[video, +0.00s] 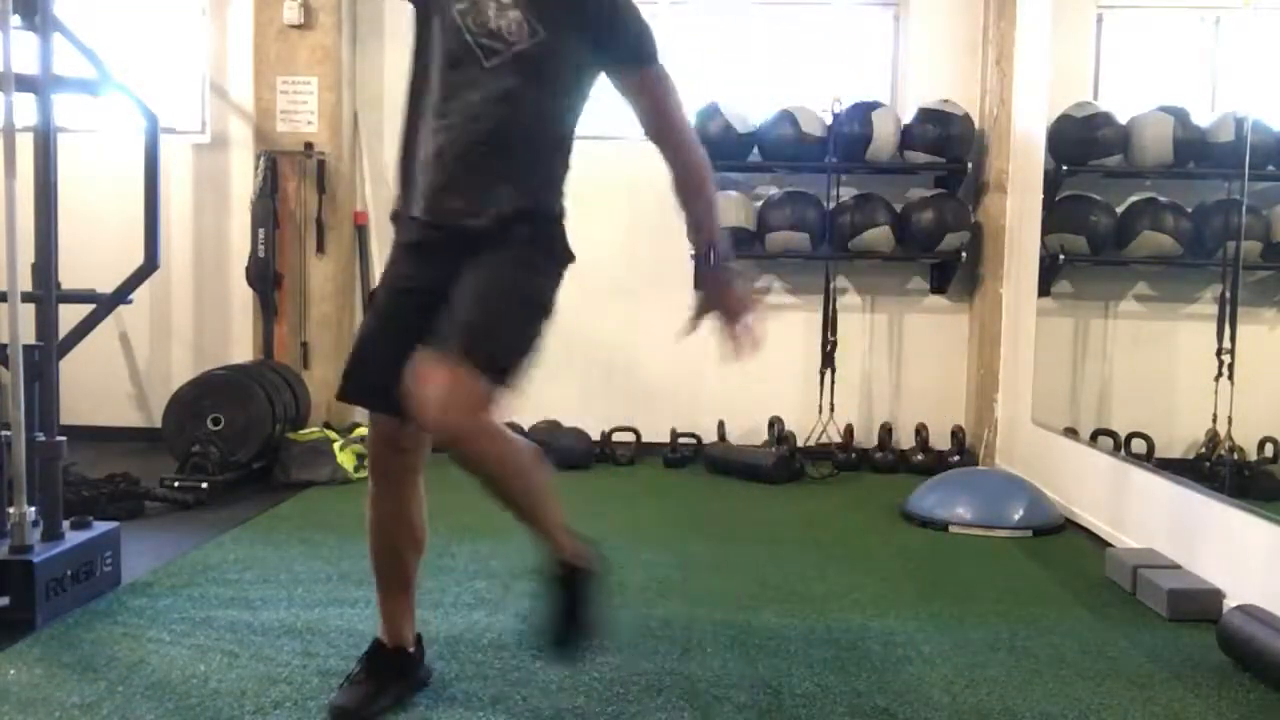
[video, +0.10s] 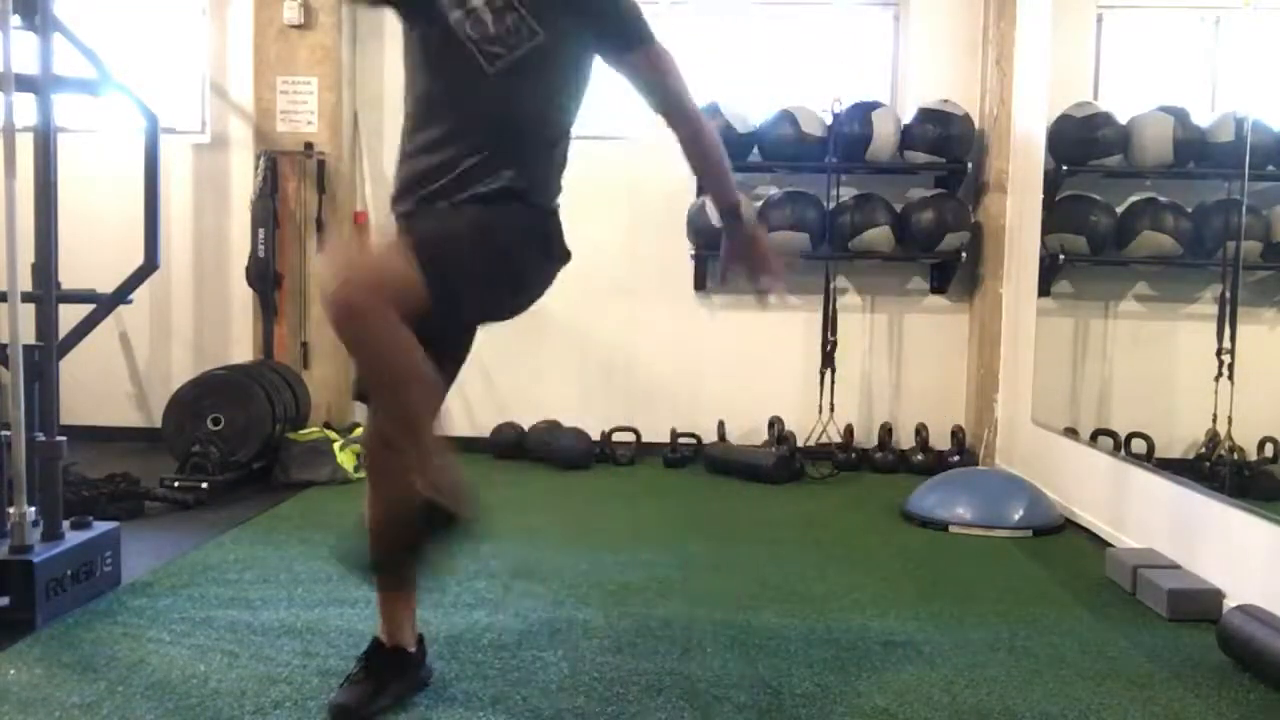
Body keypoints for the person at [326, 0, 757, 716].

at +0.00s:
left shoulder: (592, 10)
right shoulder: (433, 4)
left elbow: (671, 130)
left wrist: (712, 259)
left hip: (517, 233)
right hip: (424, 230)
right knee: (392, 432)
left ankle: (571, 557)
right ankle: (396, 648)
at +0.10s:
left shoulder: (586, 6)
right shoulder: (418, 1)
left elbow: (673, 99)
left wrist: (737, 216)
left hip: (513, 220)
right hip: (424, 222)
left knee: (355, 289)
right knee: (388, 437)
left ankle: (440, 493)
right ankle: (397, 644)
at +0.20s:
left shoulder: (575, 8)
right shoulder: (415, 5)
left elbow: (668, 84)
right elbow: (354, 22)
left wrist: (735, 181)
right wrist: (305, 11)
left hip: (514, 236)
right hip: (436, 232)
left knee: (322, 144)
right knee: (379, 440)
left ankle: (340, 388)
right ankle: (399, 649)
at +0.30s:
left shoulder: (565, 11)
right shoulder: (416, 12)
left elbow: (662, 88)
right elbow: (331, 62)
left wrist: (740, 172)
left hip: (514, 250)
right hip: (437, 254)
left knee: (333, 119)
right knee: (361, 458)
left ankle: (311, 361)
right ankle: (401, 648)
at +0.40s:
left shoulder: (564, 10)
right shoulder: (414, 15)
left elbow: (669, 98)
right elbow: (326, 54)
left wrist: (753, 195)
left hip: (523, 247)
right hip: (444, 260)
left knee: (339, 215)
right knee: (372, 450)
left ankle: (381, 434)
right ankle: (398, 648)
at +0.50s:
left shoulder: (582, 16)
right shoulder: (425, 13)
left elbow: (687, 116)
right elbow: (321, 45)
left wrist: (768, 219)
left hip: (531, 251)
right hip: (444, 252)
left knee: (400, 361)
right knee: (371, 459)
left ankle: (518, 543)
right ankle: (399, 651)